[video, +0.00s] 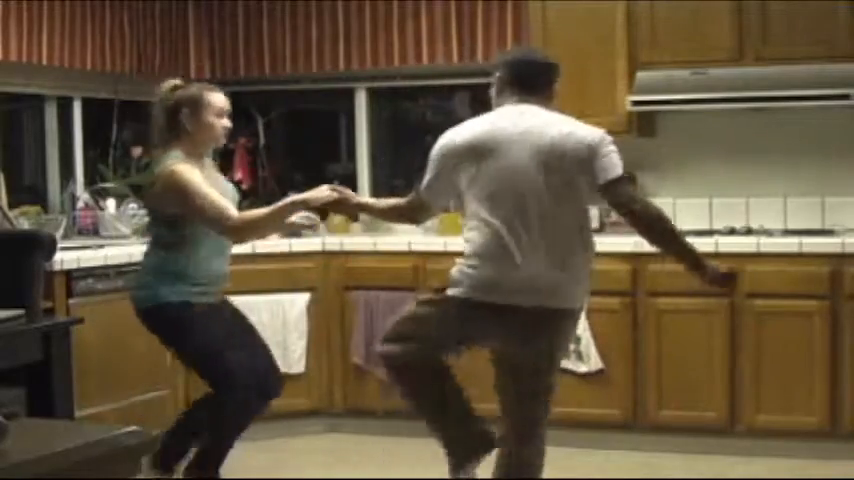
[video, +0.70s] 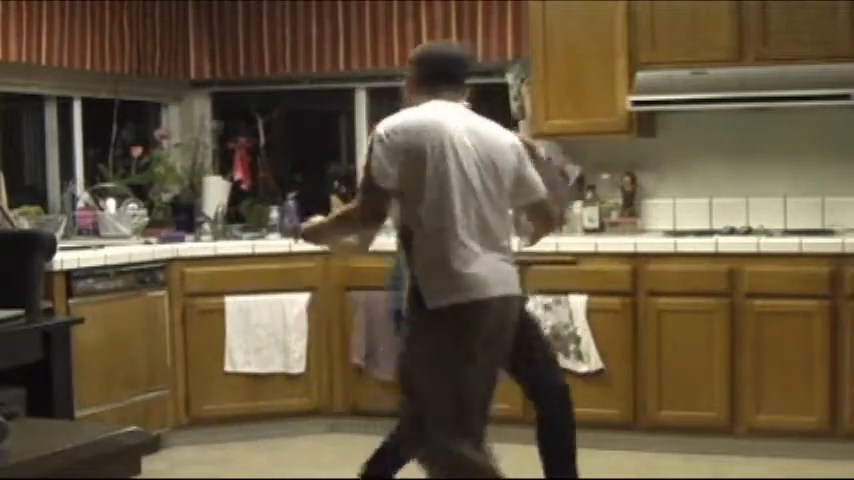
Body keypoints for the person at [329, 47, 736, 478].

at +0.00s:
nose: (490, 93)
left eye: (492, 88)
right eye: (495, 89)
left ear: (499, 88)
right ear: (550, 91)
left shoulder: (463, 138)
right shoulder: (586, 139)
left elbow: (413, 209)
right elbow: (633, 207)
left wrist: (347, 202)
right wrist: (701, 267)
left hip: (481, 292)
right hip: (554, 305)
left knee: (402, 349)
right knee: (524, 427)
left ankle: (466, 441)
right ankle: (516, 474)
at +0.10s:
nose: (484, 94)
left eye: (487, 87)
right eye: (488, 88)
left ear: (495, 88)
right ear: (544, 92)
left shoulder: (464, 138)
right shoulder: (585, 143)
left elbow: (415, 212)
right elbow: (643, 216)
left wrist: (355, 206)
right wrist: (691, 262)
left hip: (492, 305)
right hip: (562, 311)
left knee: (409, 374)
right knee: (525, 442)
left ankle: (430, 475)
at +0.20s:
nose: (475, 95)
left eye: (477, 87)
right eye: (477, 88)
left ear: (486, 89)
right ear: (531, 94)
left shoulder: (458, 138)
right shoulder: (575, 146)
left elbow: (419, 220)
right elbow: (627, 221)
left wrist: (367, 214)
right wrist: (655, 258)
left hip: (494, 310)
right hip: (564, 312)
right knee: (527, 446)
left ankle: (397, 476)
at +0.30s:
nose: (457, 93)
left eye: (459, 86)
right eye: (459, 87)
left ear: (468, 87)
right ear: (517, 92)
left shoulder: (451, 133)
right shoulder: (559, 144)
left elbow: (420, 220)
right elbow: (603, 228)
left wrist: (381, 213)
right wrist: (610, 242)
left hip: (497, 315)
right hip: (559, 314)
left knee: (431, 442)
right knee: (524, 450)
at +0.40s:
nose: (443, 85)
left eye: (445, 78)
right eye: (445, 78)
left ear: (453, 78)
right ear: (501, 82)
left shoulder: (438, 121)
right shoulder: (540, 133)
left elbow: (417, 213)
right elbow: (576, 222)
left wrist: (386, 204)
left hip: (493, 302)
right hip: (550, 299)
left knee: (452, 429)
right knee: (521, 434)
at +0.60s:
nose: (416, 90)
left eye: (419, 82)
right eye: (417, 84)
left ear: (426, 81)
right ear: (473, 85)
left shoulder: (412, 127)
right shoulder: (512, 139)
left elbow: (391, 208)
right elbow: (552, 220)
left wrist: (347, 233)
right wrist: (516, 248)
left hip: (463, 296)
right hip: (517, 293)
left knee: (482, 414)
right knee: (480, 410)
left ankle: (518, 476)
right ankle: (461, 477)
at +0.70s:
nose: (405, 88)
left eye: (407, 80)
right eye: (407, 80)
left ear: (415, 82)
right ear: (463, 86)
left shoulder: (396, 130)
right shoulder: (502, 138)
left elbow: (367, 216)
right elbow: (544, 217)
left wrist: (314, 231)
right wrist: (519, 232)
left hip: (447, 301)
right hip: (505, 296)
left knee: (438, 437)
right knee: (464, 430)